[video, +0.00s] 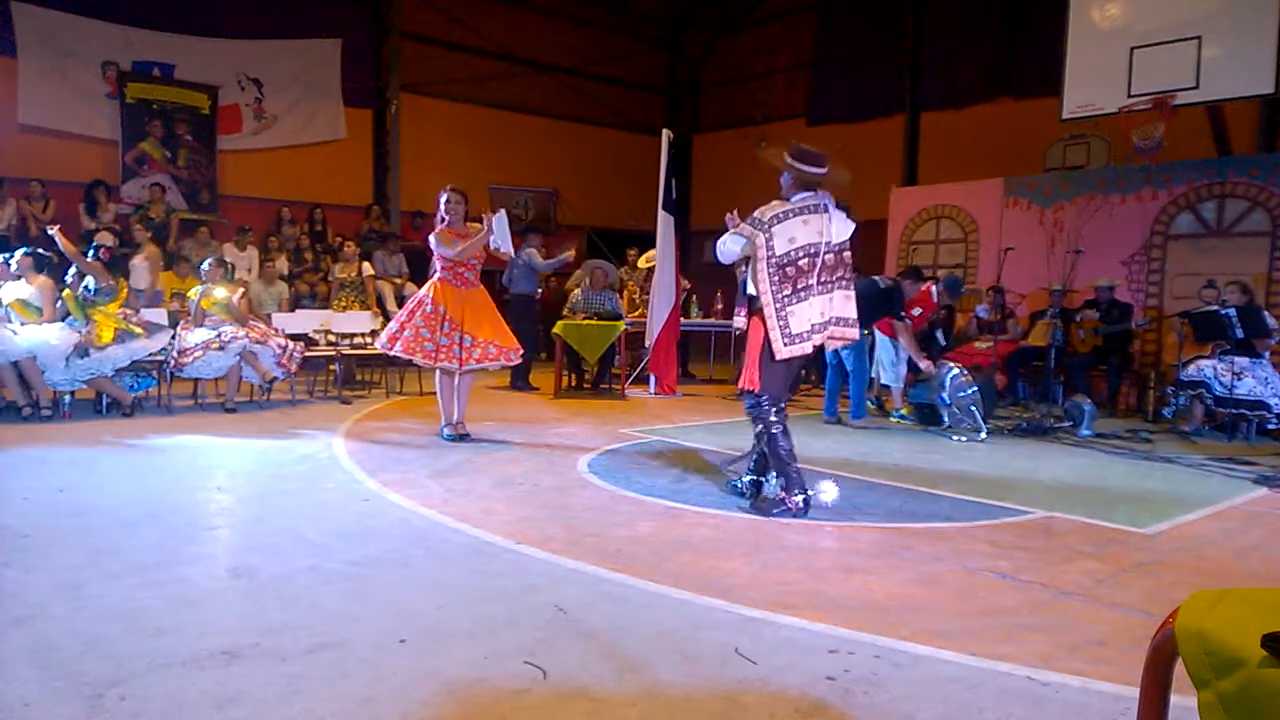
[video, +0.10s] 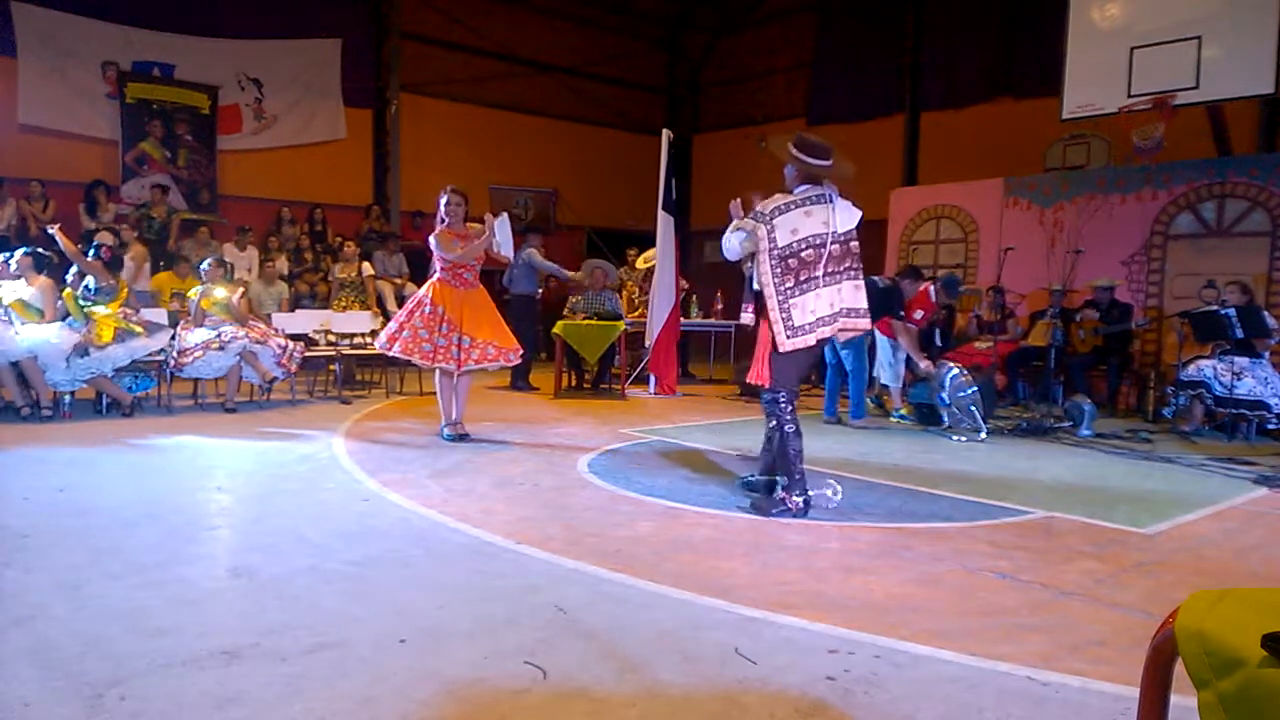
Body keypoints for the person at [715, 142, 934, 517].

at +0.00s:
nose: (781, 177)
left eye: (786, 173)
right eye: (784, 172)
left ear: (793, 179)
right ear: (819, 181)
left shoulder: (771, 217)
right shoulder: (836, 219)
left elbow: (725, 252)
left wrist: (734, 231)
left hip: (776, 321)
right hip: (811, 321)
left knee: (762, 400)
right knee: (771, 399)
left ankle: (793, 490)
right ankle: (756, 474)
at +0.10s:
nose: (784, 169)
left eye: (788, 164)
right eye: (787, 163)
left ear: (797, 170)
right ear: (823, 172)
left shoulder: (775, 210)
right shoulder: (841, 209)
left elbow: (732, 248)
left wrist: (738, 221)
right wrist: (764, 212)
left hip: (788, 319)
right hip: (824, 317)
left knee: (778, 399)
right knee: (780, 395)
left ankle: (795, 494)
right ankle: (768, 473)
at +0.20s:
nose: (790, 165)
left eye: (794, 162)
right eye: (793, 161)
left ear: (799, 167)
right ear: (831, 170)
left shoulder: (780, 210)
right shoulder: (844, 207)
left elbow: (745, 249)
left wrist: (741, 215)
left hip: (802, 318)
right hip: (832, 313)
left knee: (791, 397)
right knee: (790, 396)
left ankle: (795, 494)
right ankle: (794, 485)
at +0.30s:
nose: (798, 164)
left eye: (803, 160)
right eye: (802, 159)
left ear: (810, 167)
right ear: (838, 169)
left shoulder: (792, 209)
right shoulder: (850, 207)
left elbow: (754, 248)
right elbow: (860, 270)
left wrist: (762, 208)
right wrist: (868, 321)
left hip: (800, 317)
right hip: (835, 314)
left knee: (791, 398)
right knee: (807, 395)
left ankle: (793, 494)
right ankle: (830, 480)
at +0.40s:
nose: (806, 165)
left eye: (811, 161)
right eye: (810, 159)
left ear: (818, 167)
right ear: (846, 171)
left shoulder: (799, 210)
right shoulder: (861, 211)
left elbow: (763, 252)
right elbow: (867, 272)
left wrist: (760, 211)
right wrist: (873, 322)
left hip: (797, 317)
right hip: (836, 317)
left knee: (791, 402)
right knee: (824, 400)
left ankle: (793, 495)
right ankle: (859, 488)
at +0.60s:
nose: (820, 168)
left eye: (824, 162)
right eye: (823, 162)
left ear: (835, 166)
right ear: (858, 169)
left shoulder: (820, 209)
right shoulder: (881, 212)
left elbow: (779, 250)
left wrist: (780, 214)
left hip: (817, 317)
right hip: (859, 318)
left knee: (802, 404)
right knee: (854, 405)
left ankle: (793, 495)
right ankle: (870, 499)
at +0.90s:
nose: (825, 169)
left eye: (829, 163)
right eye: (828, 163)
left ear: (841, 166)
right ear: (863, 168)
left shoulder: (828, 210)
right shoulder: (886, 210)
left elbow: (784, 249)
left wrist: (774, 209)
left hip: (823, 320)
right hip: (865, 321)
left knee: (798, 398)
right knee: (863, 403)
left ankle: (791, 494)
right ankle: (872, 498)